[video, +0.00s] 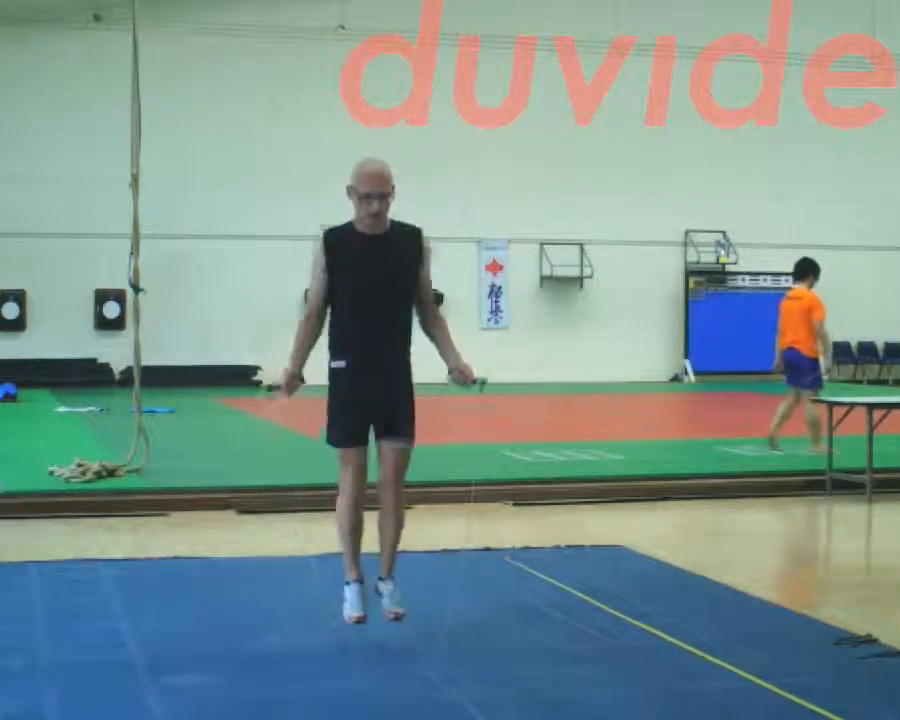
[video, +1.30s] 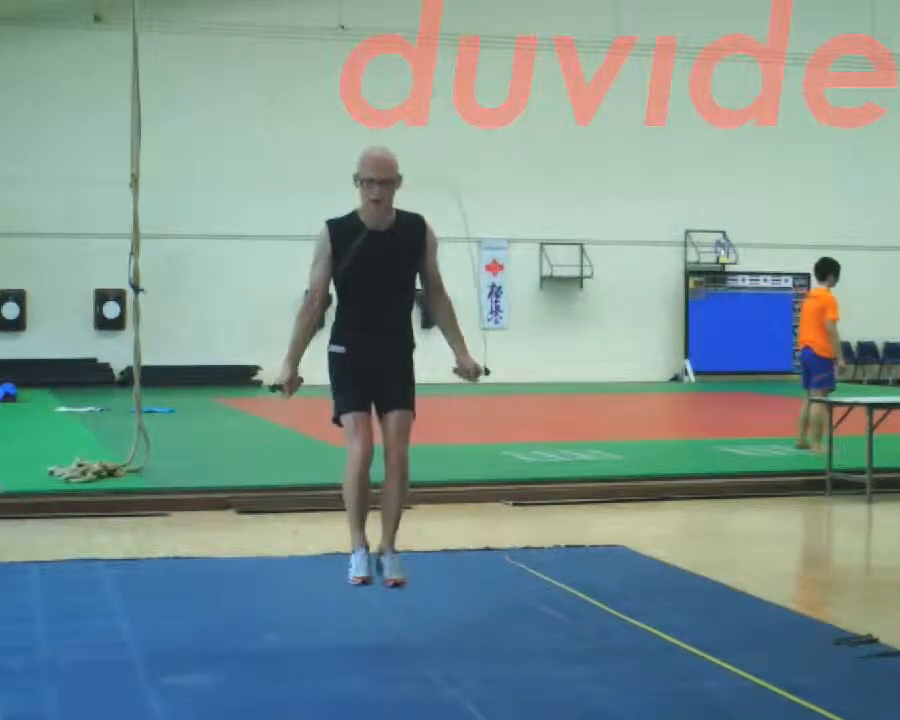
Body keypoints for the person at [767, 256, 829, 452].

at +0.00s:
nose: (816, 281)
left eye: (816, 277)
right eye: (815, 277)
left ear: (795, 276)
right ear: (811, 277)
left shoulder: (786, 299)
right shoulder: (812, 299)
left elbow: (781, 331)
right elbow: (818, 327)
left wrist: (779, 356)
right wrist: (826, 350)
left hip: (788, 350)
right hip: (806, 351)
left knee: (794, 394)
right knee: (810, 397)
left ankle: (773, 432)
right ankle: (817, 442)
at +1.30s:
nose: (837, 279)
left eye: (837, 275)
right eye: (836, 275)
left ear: (817, 275)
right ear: (831, 276)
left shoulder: (810, 296)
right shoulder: (828, 298)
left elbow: (805, 325)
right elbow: (830, 326)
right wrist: (839, 355)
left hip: (806, 349)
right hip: (820, 351)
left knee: (810, 396)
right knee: (818, 398)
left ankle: (802, 437)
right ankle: (815, 441)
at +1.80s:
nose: (840, 280)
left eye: (840, 276)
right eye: (840, 276)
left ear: (821, 275)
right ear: (836, 276)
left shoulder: (813, 296)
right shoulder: (831, 298)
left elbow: (816, 329)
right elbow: (842, 324)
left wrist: (835, 344)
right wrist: (857, 342)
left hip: (806, 347)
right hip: (820, 349)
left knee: (817, 397)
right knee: (818, 397)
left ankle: (814, 443)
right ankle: (814, 444)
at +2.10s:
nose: (847, 287)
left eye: (847, 283)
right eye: (847, 282)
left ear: (829, 279)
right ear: (841, 282)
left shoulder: (816, 297)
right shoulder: (831, 301)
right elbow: (842, 333)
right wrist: (856, 358)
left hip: (805, 349)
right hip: (818, 353)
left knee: (816, 397)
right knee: (824, 398)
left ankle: (816, 441)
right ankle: (818, 443)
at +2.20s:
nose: (850, 291)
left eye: (851, 287)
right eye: (850, 286)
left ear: (833, 282)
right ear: (845, 285)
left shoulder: (818, 299)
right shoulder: (832, 302)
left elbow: (803, 320)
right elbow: (829, 326)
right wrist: (829, 351)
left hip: (805, 351)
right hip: (818, 354)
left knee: (817, 398)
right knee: (823, 398)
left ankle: (817, 441)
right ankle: (818, 442)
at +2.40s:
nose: (851, 300)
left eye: (853, 296)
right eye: (852, 295)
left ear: (837, 286)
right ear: (847, 292)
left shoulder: (817, 292)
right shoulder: (833, 299)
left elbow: (797, 285)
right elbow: (819, 284)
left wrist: (786, 270)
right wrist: (801, 270)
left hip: (792, 341)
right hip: (800, 347)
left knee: (809, 392)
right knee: (810, 393)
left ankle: (807, 437)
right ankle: (807, 439)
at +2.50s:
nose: (848, 318)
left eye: (850, 314)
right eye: (849, 313)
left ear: (837, 302)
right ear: (843, 308)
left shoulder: (815, 303)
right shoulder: (826, 309)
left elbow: (801, 289)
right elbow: (809, 289)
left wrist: (793, 272)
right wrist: (796, 272)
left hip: (785, 350)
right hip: (794, 355)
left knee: (805, 401)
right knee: (806, 402)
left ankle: (793, 443)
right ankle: (793, 444)